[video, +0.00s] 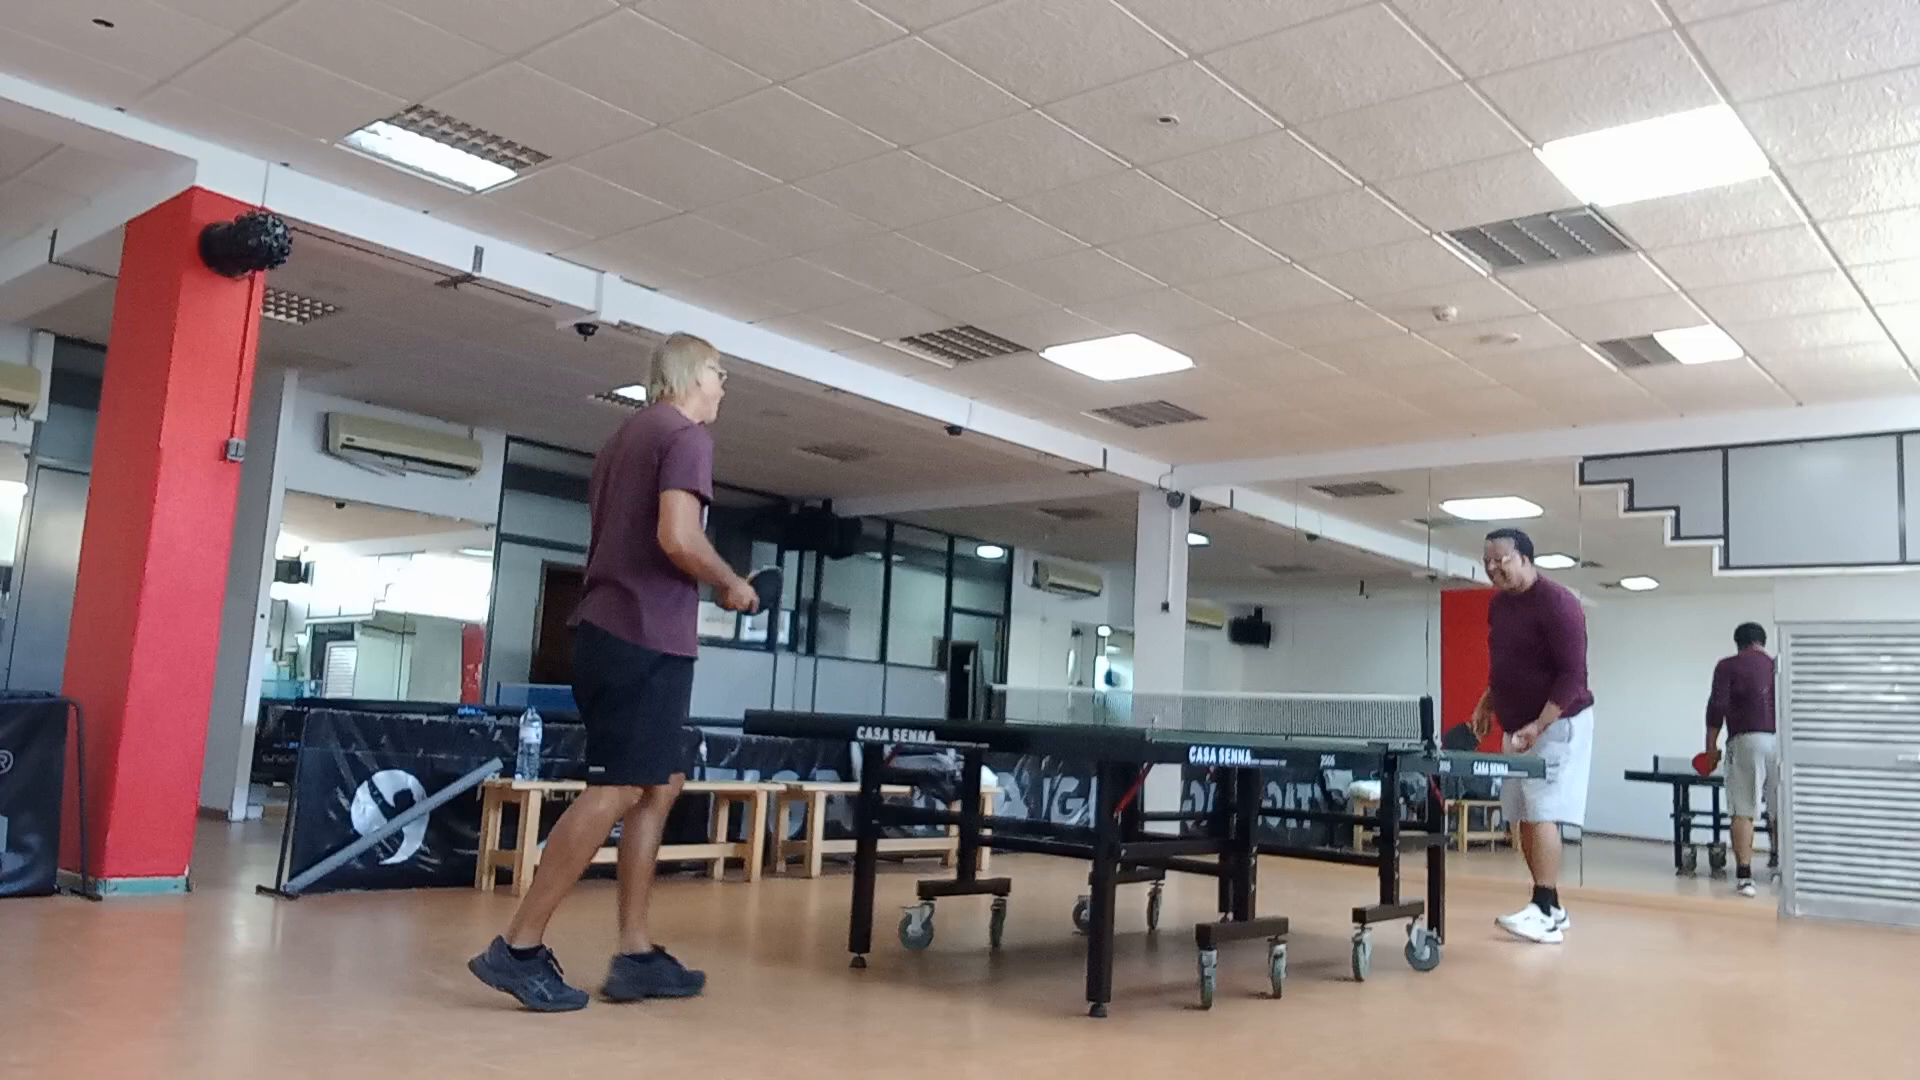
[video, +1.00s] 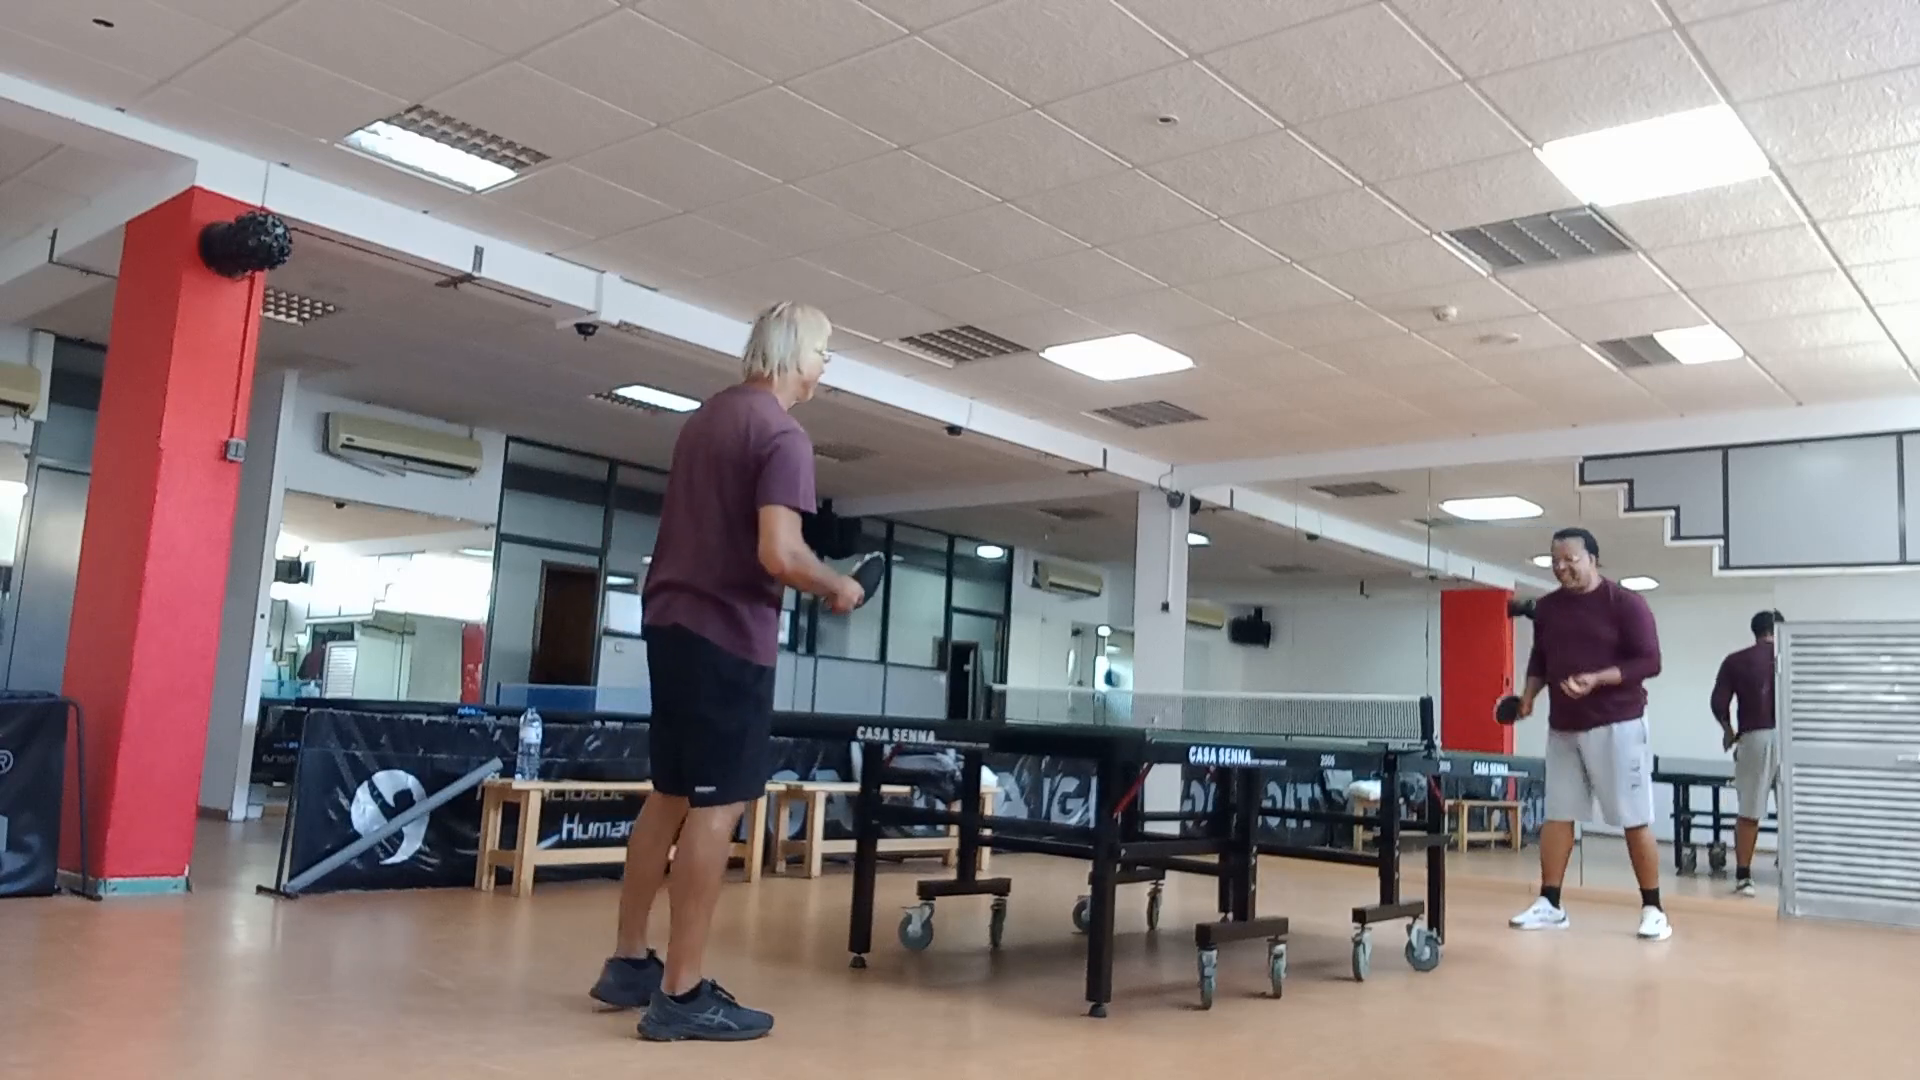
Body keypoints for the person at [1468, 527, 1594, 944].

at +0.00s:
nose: (1494, 569)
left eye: (1502, 560)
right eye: (1489, 563)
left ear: (1525, 558)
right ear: (1487, 566)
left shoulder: (1558, 602)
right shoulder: (1499, 604)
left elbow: (1571, 676)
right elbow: (1507, 663)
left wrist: (1538, 725)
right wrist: (1486, 703)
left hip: (1561, 721)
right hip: (1521, 724)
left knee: (1540, 811)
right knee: (1524, 815)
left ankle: (1545, 910)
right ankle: (1549, 907)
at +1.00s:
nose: (1564, 568)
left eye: (1571, 559)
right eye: (1557, 562)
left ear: (1592, 558)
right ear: (1552, 567)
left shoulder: (1626, 604)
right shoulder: (1548, 607)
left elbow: (1650, 662)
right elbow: (1541, 658)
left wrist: (1598, 677)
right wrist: (1528, 694)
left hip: (1617, 727)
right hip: (1564, 728)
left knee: (1634, 819)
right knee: (1557, 814)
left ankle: (1652, 909)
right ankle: (1549, 904)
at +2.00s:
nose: (1541, 608)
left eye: (1548, 600)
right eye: (1533, 601)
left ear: (1565, 590)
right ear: (1524, 597)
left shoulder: (1600, 620)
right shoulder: (1516, 627)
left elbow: (1625, 673)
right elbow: (1505, 686)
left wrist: (1579, 670)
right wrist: (1547, 708)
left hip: (1607, 735)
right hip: (1552, 740)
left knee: (1618, 810)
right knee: (1541, 818)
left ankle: (1636, 869)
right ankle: (1556, 904)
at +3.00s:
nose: (1491, 584)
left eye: (1499, 576)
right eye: (1486, 578)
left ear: (1523, 577)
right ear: (1482, 582)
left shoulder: (1563, 612)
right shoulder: (1480, 622)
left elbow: (1605, 667)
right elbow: (1458, 675)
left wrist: (1591, 721)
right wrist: (1430, 716)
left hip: (1569, 739)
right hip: (1513, 742)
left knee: (1587, 822)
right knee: (1481, 813)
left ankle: (1626, 916)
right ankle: (1476, 902)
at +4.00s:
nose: (1506, 568)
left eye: (1514, 560)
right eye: (1499, 563)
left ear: (1535, 563)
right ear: (1493, 569)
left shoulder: (1570, 607)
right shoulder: (1481, 609)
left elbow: (1623, 652)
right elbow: (1449, 657)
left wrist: (1643, 709)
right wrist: (1422, 700)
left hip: (1563, 734)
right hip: (1504, 734)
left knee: (1585, 828)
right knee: (1473, 818)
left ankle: (1627, 919)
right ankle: (1471, 898)